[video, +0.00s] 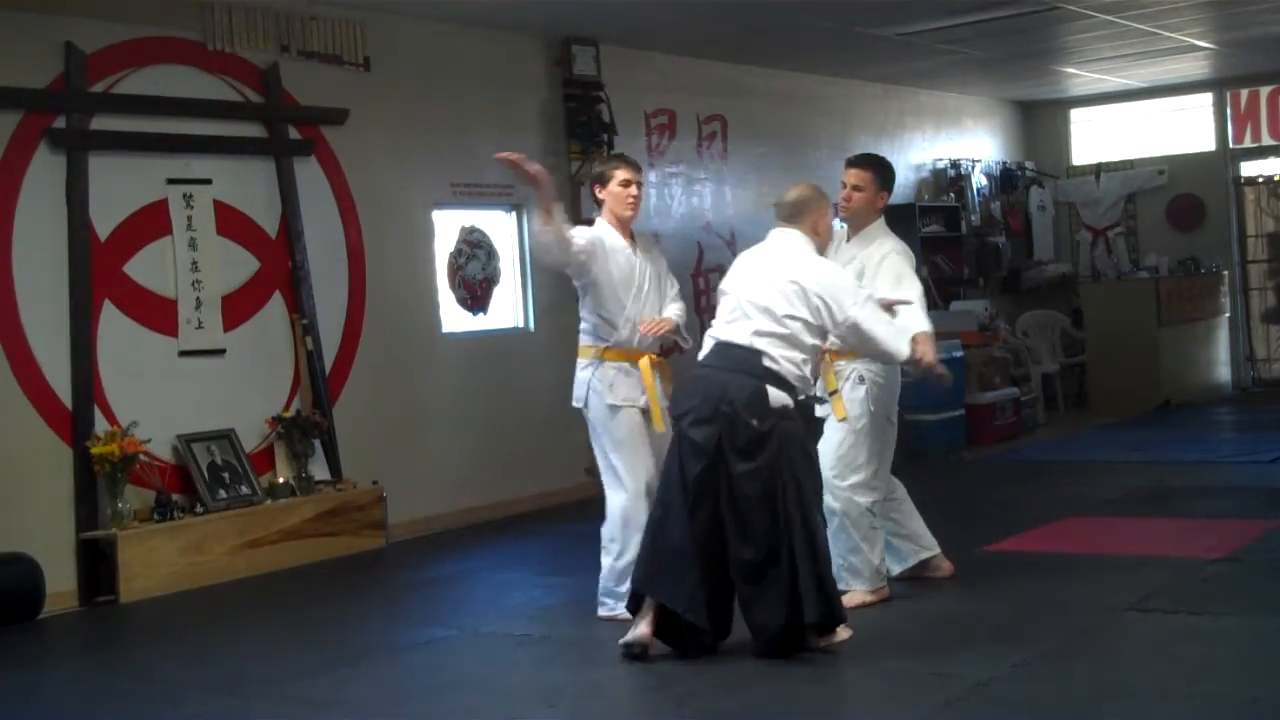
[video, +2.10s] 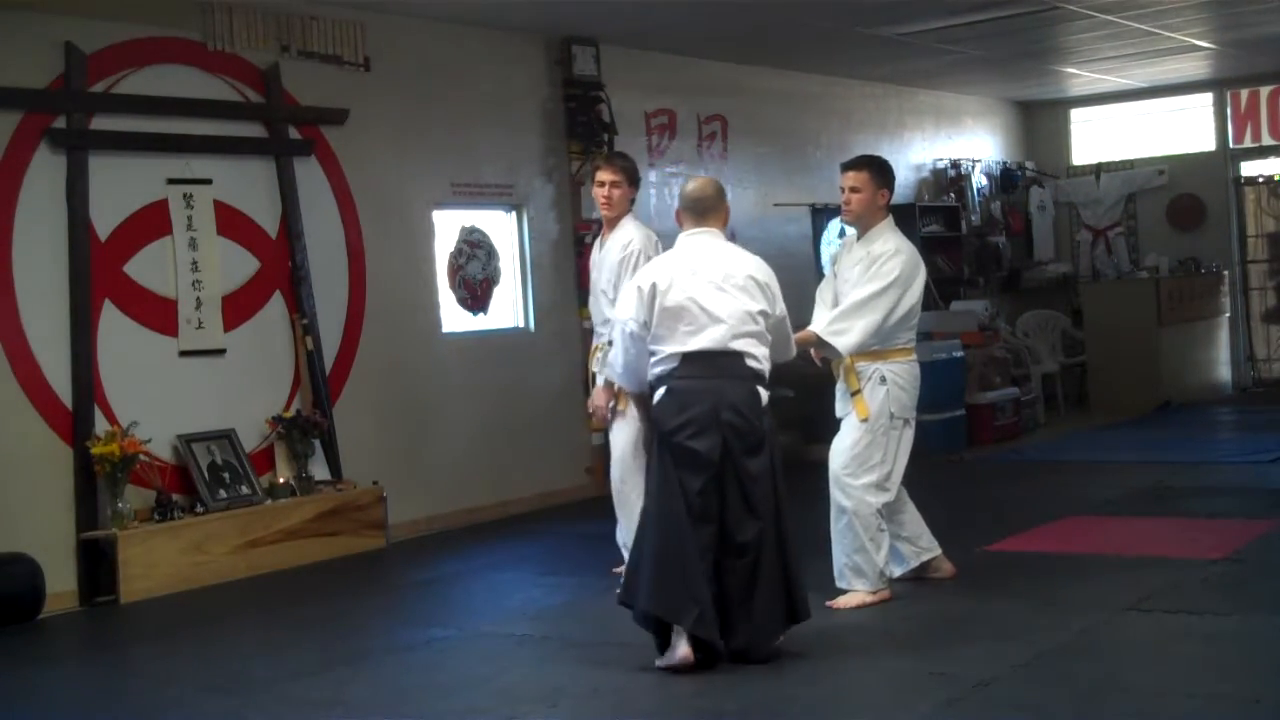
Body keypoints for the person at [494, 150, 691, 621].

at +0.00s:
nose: (634, 193)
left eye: (638, 186)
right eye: (624, 185)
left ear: (642, 194)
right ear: (600, 192)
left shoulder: (650, 247)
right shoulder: (590, 240)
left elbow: (676, 302)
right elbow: (553, 253)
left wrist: (671, 320)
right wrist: (545, 196)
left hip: (649, 373)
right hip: (608, 375)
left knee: (652, 480)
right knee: (633, 483)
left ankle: (646, 590)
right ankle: (616, 597)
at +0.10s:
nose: (632, 190)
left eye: (635, 183)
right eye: (622, 182)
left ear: (638, 192)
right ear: (600, 189)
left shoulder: (634, 248)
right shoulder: (593, 244)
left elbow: (661, 297)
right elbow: (591, 231)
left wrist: (669, 316)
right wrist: (593, 182)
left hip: (640, 371)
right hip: (606, 372)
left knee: (660, 473)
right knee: (636, 478)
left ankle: (643, 585)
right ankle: (616, 595)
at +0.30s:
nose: (633, 186)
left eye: (633, 179)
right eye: (623, 178)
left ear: (616, 186)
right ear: (595, 184)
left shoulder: (609, 228)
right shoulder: (599, 226)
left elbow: (631, 300)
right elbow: (636, 248)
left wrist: (662, 315)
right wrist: (666, 200)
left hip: (614, 366)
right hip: (614, 369)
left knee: (625, 478)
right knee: (648, 474)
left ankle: (607, 577)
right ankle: (617, 594)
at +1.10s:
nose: (628, 190)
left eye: (629, 182)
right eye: (618, 183)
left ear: (628, 189)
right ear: (591, 191)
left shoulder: (618, 236)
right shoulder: (590, 234)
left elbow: (635, 313)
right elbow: (616, 262)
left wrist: (652, 355)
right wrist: (640, 230)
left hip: (634, 370)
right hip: (608, 372)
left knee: (642, 485)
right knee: (627, 488)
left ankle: (639, 580)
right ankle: (618, 597)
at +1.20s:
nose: (626, 191)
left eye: (628, 183)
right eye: (616, 185)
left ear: (630, 188)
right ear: (592, 192)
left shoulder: (628, 239)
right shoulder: (586, 236)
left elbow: (640, 298)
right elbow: (595, 290)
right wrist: (627, 269)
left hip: (635, 364)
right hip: (603, 367)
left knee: (634, 478)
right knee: (614, 482)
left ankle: (632, 588)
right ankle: (615, 593)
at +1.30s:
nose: (624, 191)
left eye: (629, 182)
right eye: (614, 185)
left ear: (636, 187)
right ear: (594, 194)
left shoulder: (649, 241)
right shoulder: (585, 241)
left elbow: (660, 294)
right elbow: (576, 302)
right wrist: (611, 333)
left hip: (649, 361)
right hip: (604, 366)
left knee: (651, 469)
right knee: (605, 473)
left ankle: (656, 579)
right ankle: (605, 582)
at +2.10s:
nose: (605, 193)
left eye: (615, 186)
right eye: (599, 185)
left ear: (632, 192)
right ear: (591, 191)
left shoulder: (637, 240)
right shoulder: (603, 238)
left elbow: (630, 320)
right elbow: (603, 314)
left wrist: (610, 382)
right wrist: (596, 375)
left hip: (633, 369)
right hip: (609, 363)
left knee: (629, 468)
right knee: (623, 466)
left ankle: (638, 558)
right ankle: (632, 554)